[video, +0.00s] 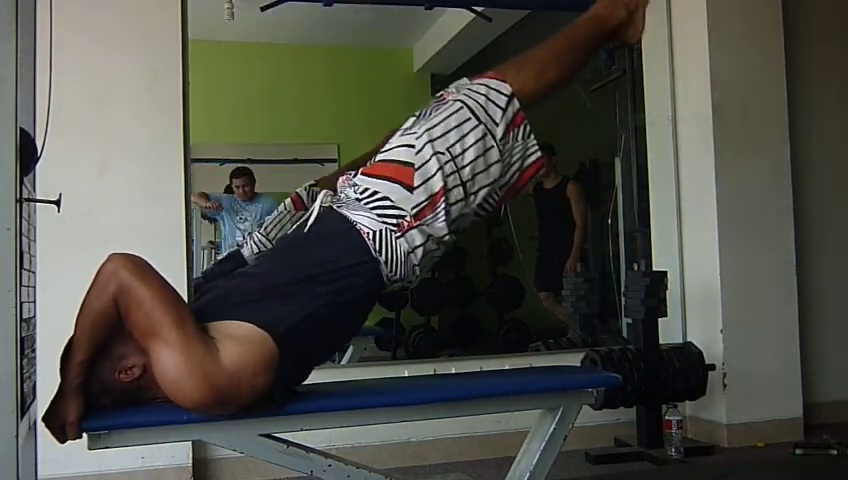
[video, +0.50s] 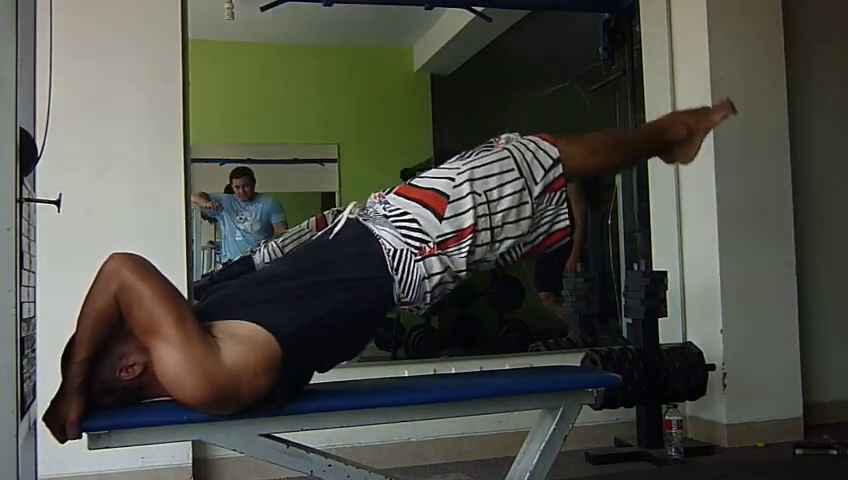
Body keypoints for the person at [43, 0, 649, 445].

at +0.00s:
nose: (130, 367)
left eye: (117, 368)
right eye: (122, 376)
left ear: (129, 365)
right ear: (134, 381)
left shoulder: (191, 354)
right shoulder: (198, 377)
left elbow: (116, 277)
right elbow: (119, 274)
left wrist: (71, 383)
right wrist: (73, 385)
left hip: (351, 214)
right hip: (376, 225)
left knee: (477, 102)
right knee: (487, 99)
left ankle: (605, 22)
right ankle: (610, 17)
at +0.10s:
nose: (132, 361)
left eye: (120, 362)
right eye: (126, 373)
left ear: (132, 352)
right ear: (138, 384)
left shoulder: (197, 344)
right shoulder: (203, 376)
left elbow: (116, 278)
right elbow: (119, 272)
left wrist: (75, 375)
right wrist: (75, 380)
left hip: (363, 209)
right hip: (387, 225)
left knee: (494, 109)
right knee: (503, 108)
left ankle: (618, 46)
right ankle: (622, 44)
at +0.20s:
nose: (128, 354)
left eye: (113, 352)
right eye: (118, 360)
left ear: (127, 359)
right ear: (134, 376)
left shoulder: (194, 350)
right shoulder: (200, 374)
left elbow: (115, 278)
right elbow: (118, 269)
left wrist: (77, 376)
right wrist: (75, 382)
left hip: (364, 218)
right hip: (389, 233)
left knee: (508, 119)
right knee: (521, 118)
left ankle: (629, 71)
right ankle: (638, 62)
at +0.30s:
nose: (130, 355)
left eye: (114, 355)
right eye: (119, 366)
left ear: (127, 355)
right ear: (135, 379)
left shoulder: (192, 350)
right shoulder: (199, 373)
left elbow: (117, 273)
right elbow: (121, 267)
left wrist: (75, 375)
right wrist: (74, 380)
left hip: (367, 221)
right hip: (392, 237)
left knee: (513, 133)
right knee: (525, 133)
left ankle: (639, 95)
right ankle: (648, 86)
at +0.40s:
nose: (136, 370)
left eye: (125, 363)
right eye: (124, 381)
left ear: (137, 344)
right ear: (139, 384)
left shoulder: (195, 342)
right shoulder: (202, 375)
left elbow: (122, 267)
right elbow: (123, 269)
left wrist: (77, 373)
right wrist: (75, 380)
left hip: (363, 228)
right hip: (391, 245)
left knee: (518, 147)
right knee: (532, 149)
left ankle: (646, 117)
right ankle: (656, 111)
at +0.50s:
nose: (136, 365)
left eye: (124, 366)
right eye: (125, 381)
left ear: (139, 349)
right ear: (142, 388)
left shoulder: (196, 340)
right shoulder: (202, 373)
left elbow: (117, 274)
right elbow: (124, 272)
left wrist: (74, 380)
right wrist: (75, 383)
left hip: (364, 235)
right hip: (390, 249)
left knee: (518, 163)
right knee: (534, 161)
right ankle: (665, 135)